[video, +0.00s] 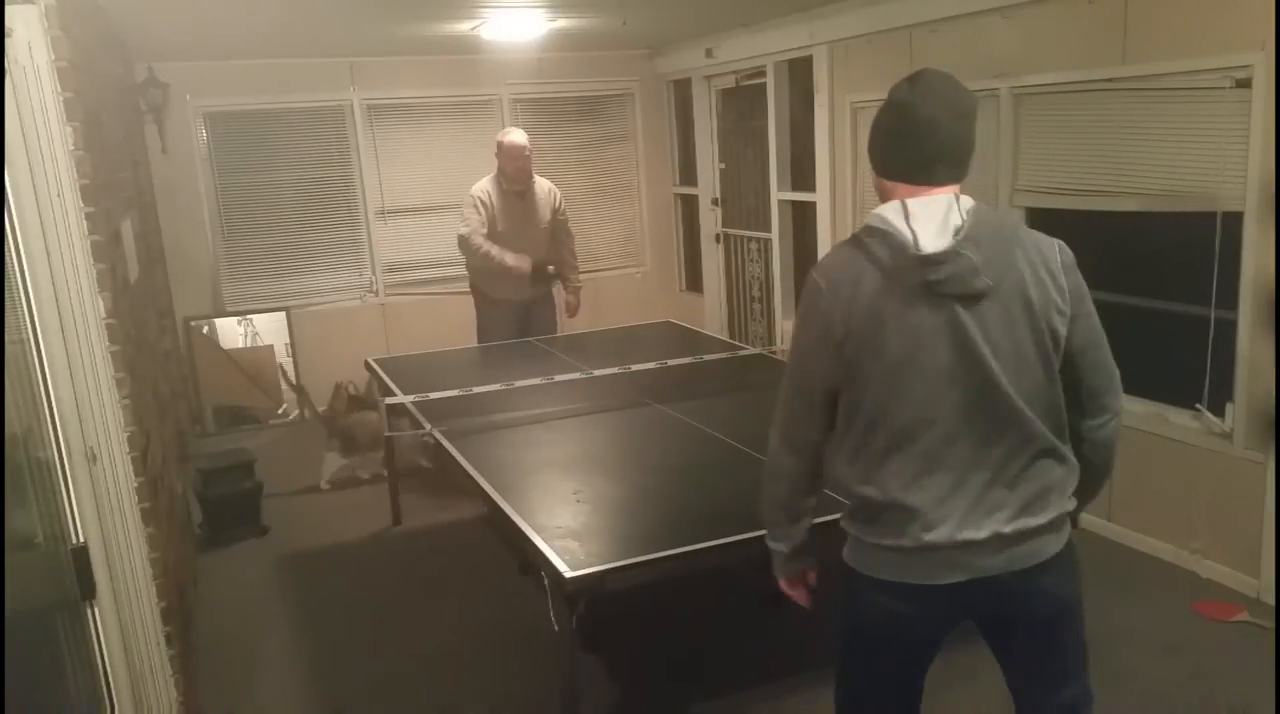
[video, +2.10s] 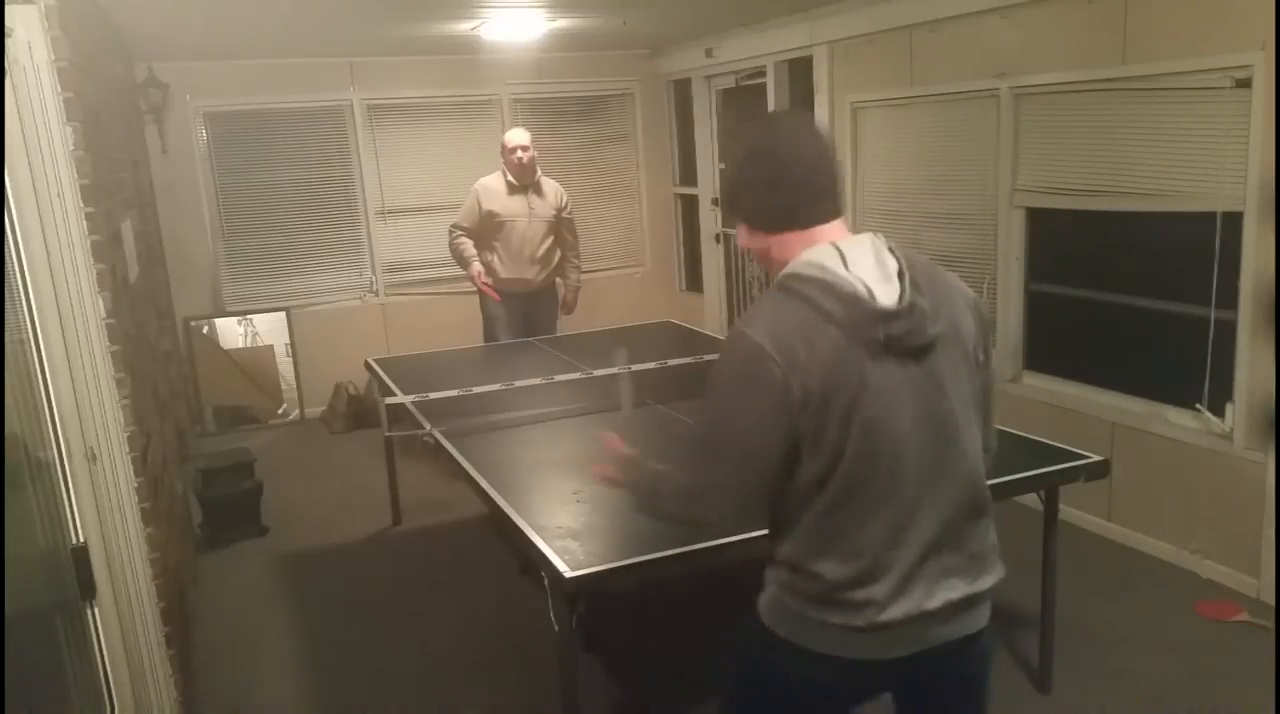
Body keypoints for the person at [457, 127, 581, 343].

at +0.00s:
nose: (521, 165)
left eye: (526, 157)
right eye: (513, 159)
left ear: (532, 155)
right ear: (498, 158)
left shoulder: (548, 192)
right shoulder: (481, 195)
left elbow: (564, 242)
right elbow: (470, 241)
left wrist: (572, 287)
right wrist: (515, 262)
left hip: (540, 296)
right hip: (496, 299)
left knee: (545, 366)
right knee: (500, 369)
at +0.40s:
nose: (522, 160)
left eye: (526, 153)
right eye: (515, 154)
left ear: (534, 152)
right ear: (499, 154)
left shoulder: (551, 192)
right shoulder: (482, 193)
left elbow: (565, 244)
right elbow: (459, 238)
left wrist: (571, 288)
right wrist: (485, 266)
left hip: (540, 297)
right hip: (498, 299)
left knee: (542, 368)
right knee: (501, 370)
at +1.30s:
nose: (527, 165)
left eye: (530, 157)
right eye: (519, 159)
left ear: (536, 155)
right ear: (503, 157)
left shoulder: (554, 192)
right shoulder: (484, 194)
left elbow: (571, 243)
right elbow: (466, 244)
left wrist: (575, 287)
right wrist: (501, 278)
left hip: (544, 296)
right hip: (499, 300)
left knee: (550, 366)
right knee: (503, 368)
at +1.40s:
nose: (536, 172)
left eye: (539, 164)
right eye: (529, 165)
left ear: (544, 162)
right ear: (511, 161)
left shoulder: (557, 195)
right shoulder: (490, 196)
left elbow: (570, 248)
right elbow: (479, 249)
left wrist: (576, 287)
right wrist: (525, 278)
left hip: (546, 302)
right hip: (501, 303)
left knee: (552, 371)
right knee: (504, 371)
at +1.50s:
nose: (541, 177)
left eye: (545, 169)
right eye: (533, 171)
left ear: (549, 165)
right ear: (516, 165)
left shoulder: (557, 197)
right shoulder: (496, 197)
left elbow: (567, 248)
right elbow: (497, 250)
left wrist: (573, 291)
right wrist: (550, 266)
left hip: (545, 296)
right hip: (503, 299)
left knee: (554, 363)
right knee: (506, 367)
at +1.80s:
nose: (535, 162)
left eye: (539, 155)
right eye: (527, 156)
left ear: (544, 156)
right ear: (512, 158)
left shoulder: (555, 194)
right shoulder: (495, 192)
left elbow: (564, 244)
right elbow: (479, 240)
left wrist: (568, 285)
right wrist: (512, 256)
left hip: (548, 292)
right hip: (508, 295)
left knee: (555, 357)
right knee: (516, 359)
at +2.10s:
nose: (519, 156)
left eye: (525, 149)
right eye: (512, 151)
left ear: (535, 152)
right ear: (503, 156)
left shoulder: (555, 192)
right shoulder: (485, 190)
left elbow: (570, 246)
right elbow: (459, 233)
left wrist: (571, 289)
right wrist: (472, 263)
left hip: (542, 294)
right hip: (500, 296)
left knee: (544, 361)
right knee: (504, 363)